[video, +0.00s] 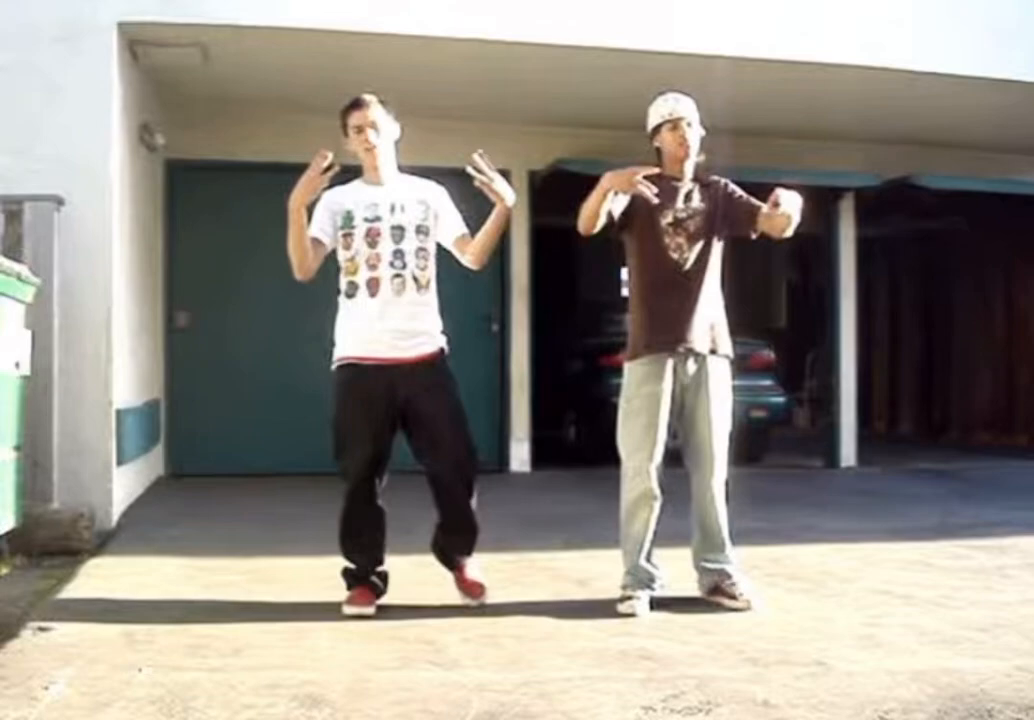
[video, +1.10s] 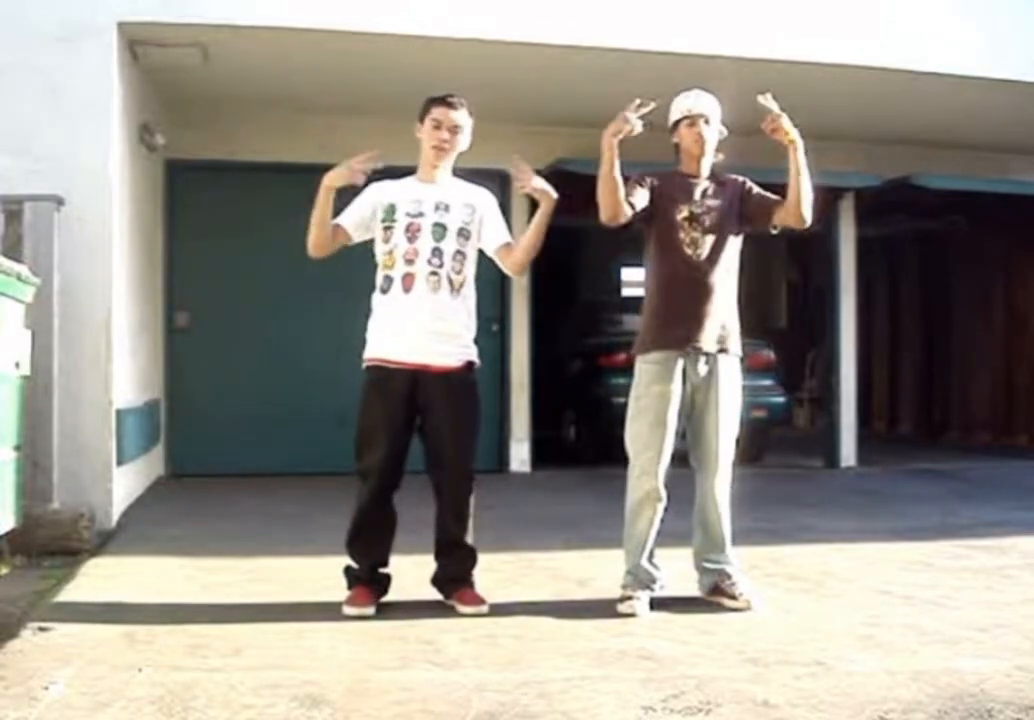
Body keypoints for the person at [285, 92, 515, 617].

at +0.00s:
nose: (368, 137)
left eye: (374, 127)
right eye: (358, 130)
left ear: (394, 133)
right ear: (347, 142)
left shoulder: (429, 194)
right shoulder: (336, 199)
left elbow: (473, 256)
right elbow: (304, 268)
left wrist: (503, 207)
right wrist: (297, 204)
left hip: (423, 356)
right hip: (360, 360)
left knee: (456, 464)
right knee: (359, 473)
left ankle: (457, 552)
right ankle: (364, 579)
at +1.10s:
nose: (445, 135)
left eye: (455, 129)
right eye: (438, 125)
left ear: (466, 141)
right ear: (419, 130)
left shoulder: (477, 200)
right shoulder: (384, 194)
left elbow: (515, 261)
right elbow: (320, 246)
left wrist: (546, 206)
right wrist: (329, 187)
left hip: (452, 359)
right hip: (389, 356)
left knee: (455, 476)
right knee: (376, 473)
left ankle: (456, 579)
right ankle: (366, 579)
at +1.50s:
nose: (448, 134)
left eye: (458, 128)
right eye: (440, 125)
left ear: (468, 138)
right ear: (422, 128)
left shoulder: (481, 197)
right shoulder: (387, 192)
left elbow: (525, 260)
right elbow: (332, 253)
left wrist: (556, 214)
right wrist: (338, 201)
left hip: (456, 358)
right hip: (393, 355)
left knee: (458, 478)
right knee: (379, 473)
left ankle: (458, 578)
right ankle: (366, 579)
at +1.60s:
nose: (442, 135)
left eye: (452, 127)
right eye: (434, 124)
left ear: (463, 136)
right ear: (415, 128)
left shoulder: (480, 195)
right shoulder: (384, 193)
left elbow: (512, 264)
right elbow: (352, 274)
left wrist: (532, 259)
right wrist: (378, 263)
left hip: (457, 358)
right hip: (394, 357)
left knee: (461, 476)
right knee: (379, 472)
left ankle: (458, 579)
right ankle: (366, 580)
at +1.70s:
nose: (452, 150)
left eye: (461, 143)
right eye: (444, 139)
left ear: (469, 154)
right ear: (422, 143)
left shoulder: (478, 216)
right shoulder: (386, 208)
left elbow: (477, 292)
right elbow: (365, 286)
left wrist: (487, 348)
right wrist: (371, 344)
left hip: (454, 376)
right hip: (394, 373)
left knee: (467, 483)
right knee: (375, 481)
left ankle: (456, 580)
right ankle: (365, 580)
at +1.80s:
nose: (479, 171)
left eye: (486, 163)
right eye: (472, 159)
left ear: (487, 167)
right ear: (443, 155)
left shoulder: (478, 223)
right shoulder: (393, 209)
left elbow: (468, 291)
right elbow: (327, 255)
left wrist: (522, 324)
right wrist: (348, 301)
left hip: (448, 374)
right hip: (390, 372)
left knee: (472, 484)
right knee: (377, 482)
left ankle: (456, 580)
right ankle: (364, 581)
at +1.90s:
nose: (484, 162)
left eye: (488, 153)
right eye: (479, 150)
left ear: (477, 154)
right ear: (448, 143)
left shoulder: (471, 203)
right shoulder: (401, 179)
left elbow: (492, 247)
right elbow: (330, 170)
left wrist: (543, 221)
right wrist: (374, 226)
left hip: (441, 364)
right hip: (383, 358)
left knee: (460, 473)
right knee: (368, 472)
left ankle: (454, 578)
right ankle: (354, 577)